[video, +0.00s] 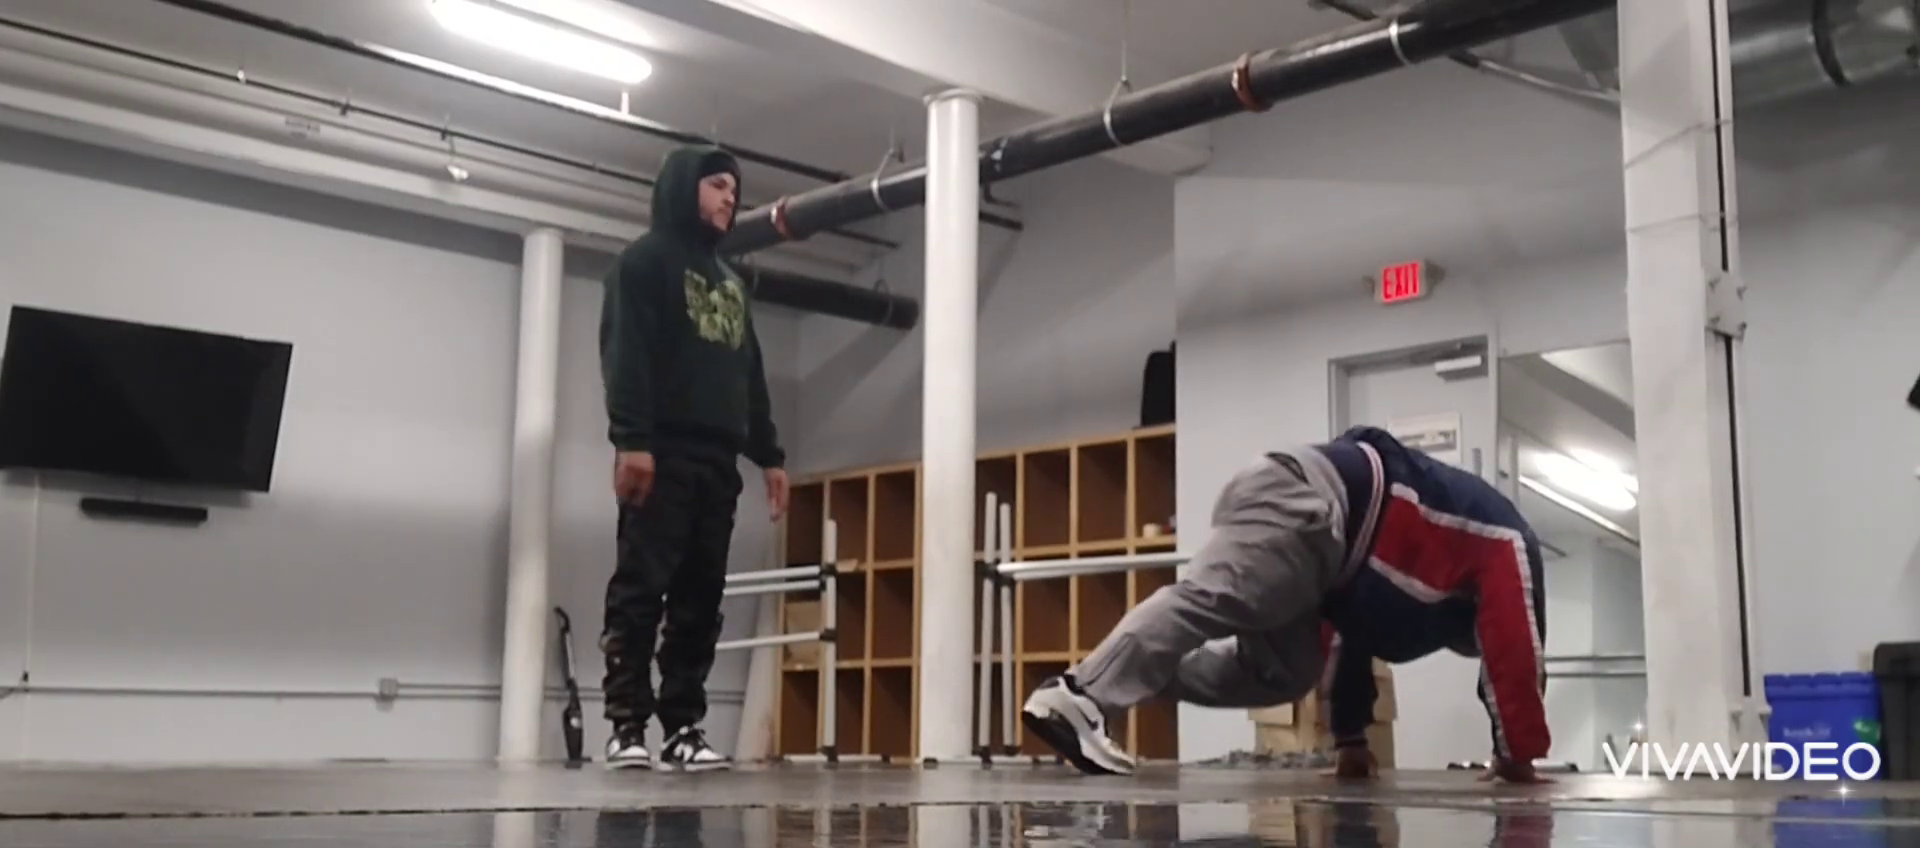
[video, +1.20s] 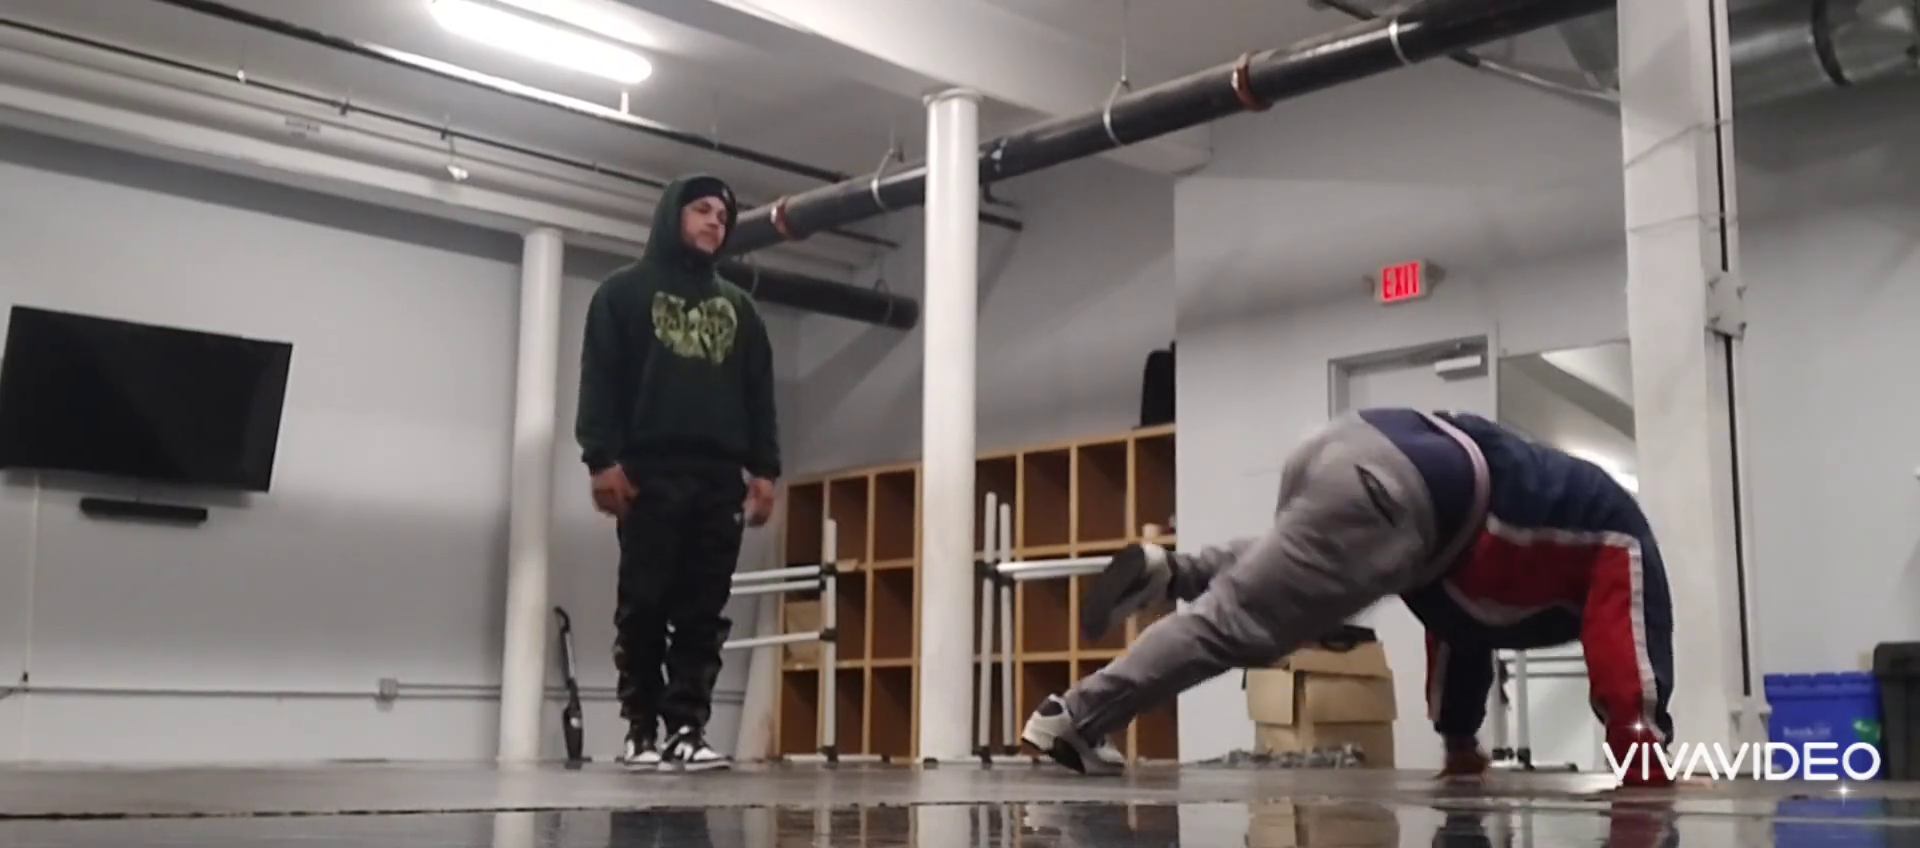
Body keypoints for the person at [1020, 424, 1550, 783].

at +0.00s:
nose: (1501, 646)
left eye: (1512, 633)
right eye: (1513, 631)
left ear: (1497, 597)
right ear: (1522, 586)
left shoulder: (1420, 600)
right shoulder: (1508, 537)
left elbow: (1353, 649)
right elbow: (1512, 652)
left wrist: (1350, 743)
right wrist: (1523, 755)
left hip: (1315, 572)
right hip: (1309, 498)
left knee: (1278, 672)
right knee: (1213, 599)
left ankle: (1138, 671)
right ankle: (1078, 697)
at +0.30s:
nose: (1470, 655)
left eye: (1468, 649)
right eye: (1482, 647)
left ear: (1457, 620)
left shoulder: (1383, 591)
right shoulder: (1503, 539)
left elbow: (1348, 657)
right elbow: (1525, 641)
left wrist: (1348, 744)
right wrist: (1568, 754)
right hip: (1316, 472)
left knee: (1227, 622)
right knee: (1214, 606)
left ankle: (1098, 643)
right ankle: (1071, 704)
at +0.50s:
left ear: (1493, 604)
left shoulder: (1420, 582)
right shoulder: (1533, 530)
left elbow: (1380, 642)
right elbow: (1539, 652)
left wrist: (1413, 731)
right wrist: (1569, 756)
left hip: (1280, 434)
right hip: (1348, 460)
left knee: (1240, 586)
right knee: (1224, 606)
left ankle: (1122, 563)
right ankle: (1073, 715)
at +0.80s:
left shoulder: (1485, 586)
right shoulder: (1604, 557)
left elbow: (1426, 645)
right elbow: (1601, 689)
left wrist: (1436, 748)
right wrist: (1648, 773)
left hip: (1366, 442)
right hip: (1421, 507)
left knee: (1273, 552)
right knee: (1239, 630)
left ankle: (1178, 536)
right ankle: (1078, 717)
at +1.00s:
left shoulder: (1506, 575)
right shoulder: (1624, 547)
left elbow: (1454, 645)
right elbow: (1618, 680)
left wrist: (1457, 751)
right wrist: (1645, 764)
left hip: (1351, 463)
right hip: (1419, 516)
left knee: (1323, 591)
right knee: (1244, 640)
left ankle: (1211, 597)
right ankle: (1077, 720)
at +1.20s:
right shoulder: (1624, 540)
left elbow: (1457, 641)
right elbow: (1623, 668)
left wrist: (1462, 756)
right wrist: (1647, 771)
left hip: (1350, 438)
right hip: (1398, 487)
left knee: (1309, 580)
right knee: (1231, 625)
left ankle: (1176, 571)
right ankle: (1072, 719)